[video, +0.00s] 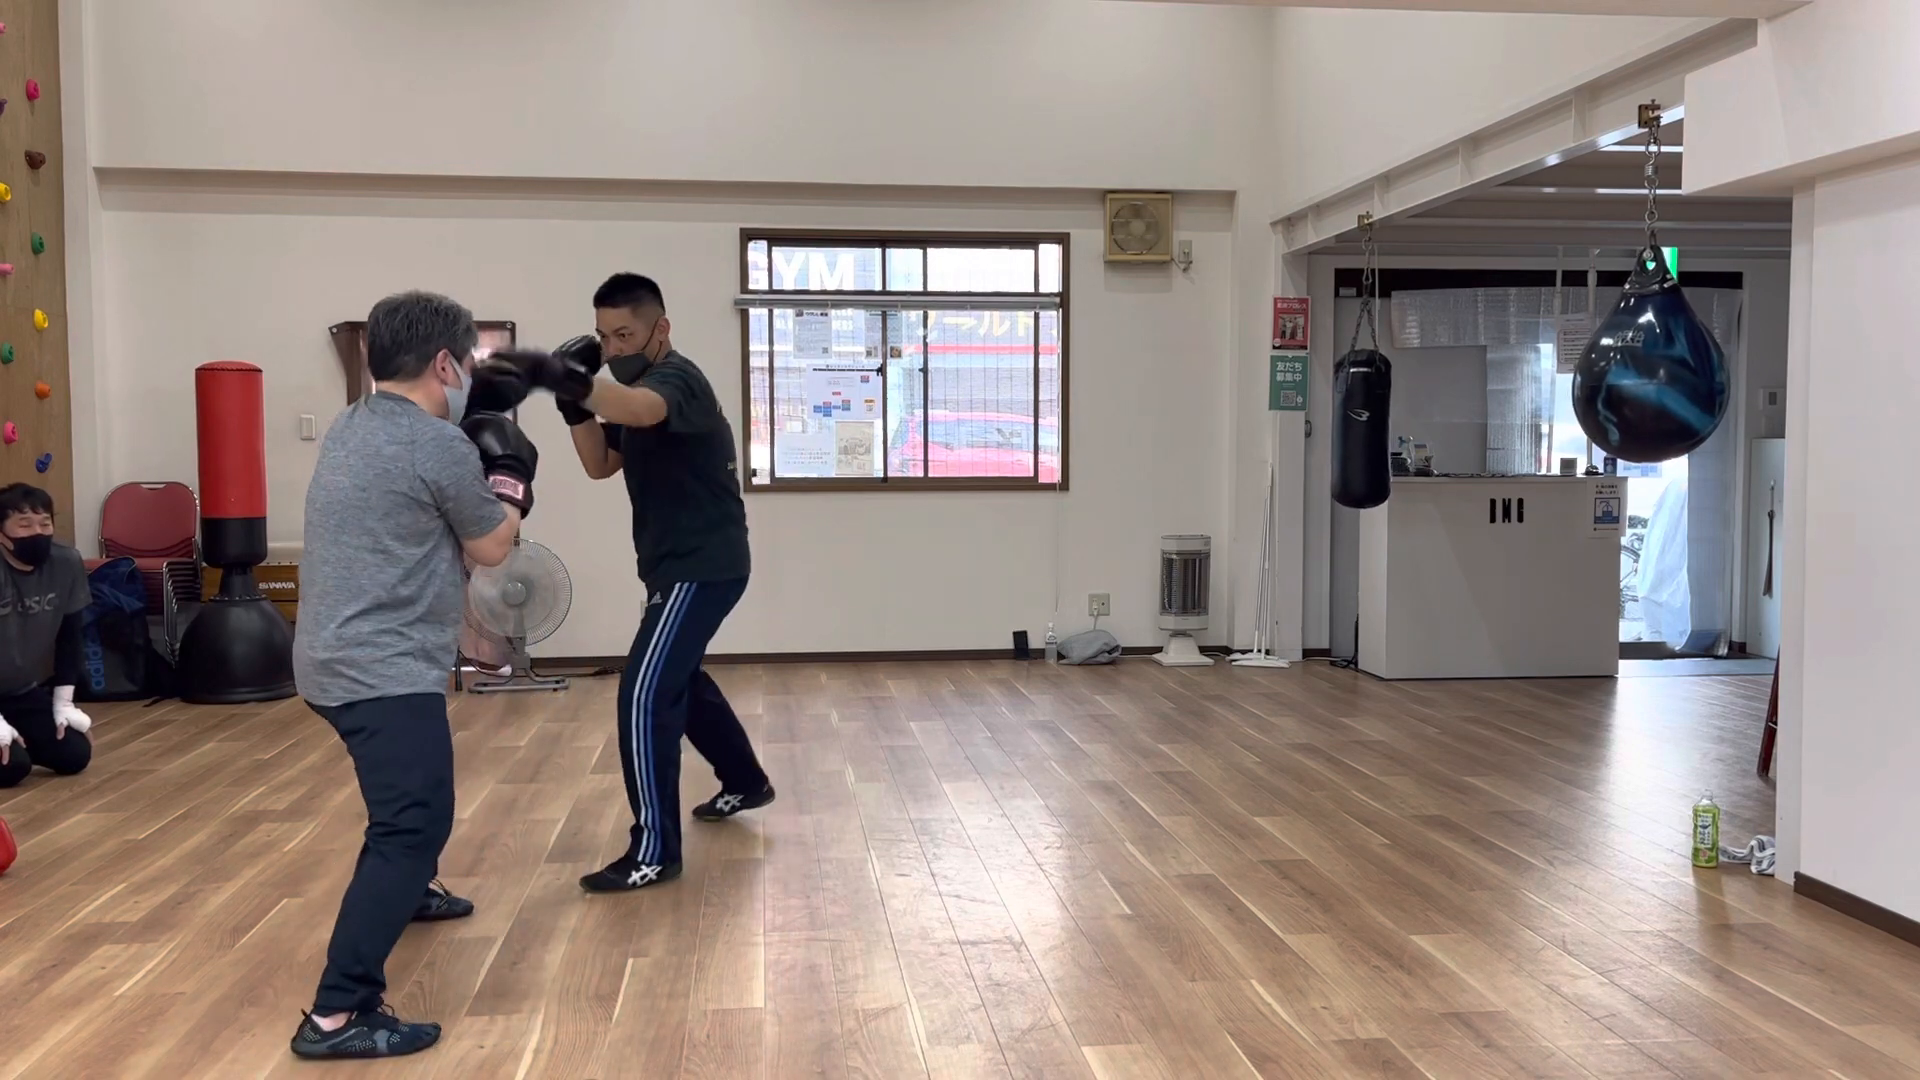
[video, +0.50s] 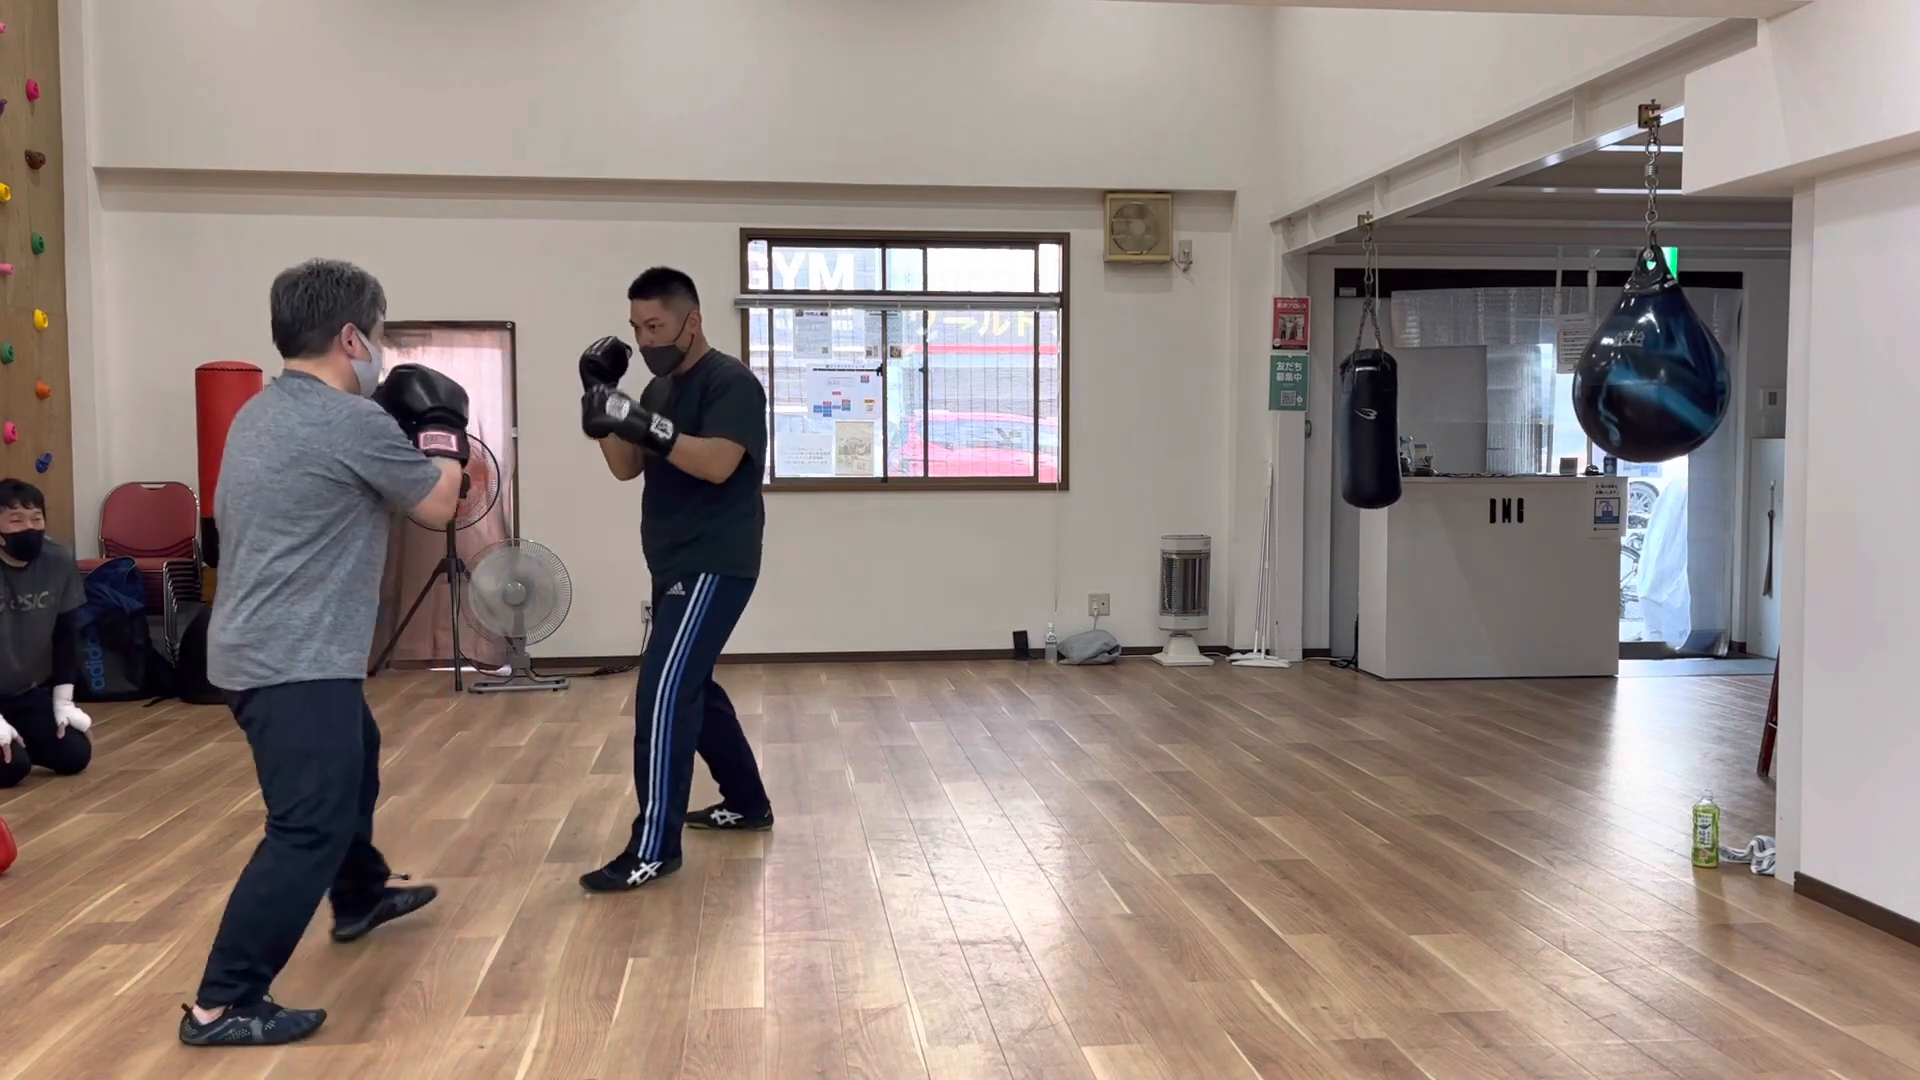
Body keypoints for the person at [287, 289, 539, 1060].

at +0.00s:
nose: (466, 379)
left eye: (468, 367)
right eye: (464, 366)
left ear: (381, 362)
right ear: (442, 364)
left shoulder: (350, 426)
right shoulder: (436, 443)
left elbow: (411, 514)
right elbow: (490, 546)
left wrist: (462, 435)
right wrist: (512, 497)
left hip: (332, 663)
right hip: (389, 674)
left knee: (410, 789)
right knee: (409, 831)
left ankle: (406, 887)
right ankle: (338, 1011)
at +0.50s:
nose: (378, 350)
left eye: (379, 337)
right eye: (376, 336)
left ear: (290, 337)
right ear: (350, 339)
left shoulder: (258, 413)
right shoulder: (349, 421)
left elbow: (337, 494)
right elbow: (441, 503)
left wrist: (389, 426)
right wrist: (447, 438)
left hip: (252, 652)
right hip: (300, 662)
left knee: (356, 750)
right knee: (313, 825)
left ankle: (359, 896)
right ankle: (223, 1002)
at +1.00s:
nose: (422, 387)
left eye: (424, 373)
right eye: (419, 373)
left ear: (336, 365)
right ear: (386, 382)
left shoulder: (297, 423)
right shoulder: (354, 461)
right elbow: (408, 572)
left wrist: (399, 461)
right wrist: (450, 506)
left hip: (255, 653)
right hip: (292, 668)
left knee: (358, 764)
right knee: (322, 827)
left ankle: (304, 923)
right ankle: (282, 1038)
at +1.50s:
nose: (465, 363)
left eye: (465, 350)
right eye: (462, 349)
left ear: (379, 350)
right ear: (436, 355)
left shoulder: (338, 418)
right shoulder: (423, 446)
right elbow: (490, 551)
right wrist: (502, 471)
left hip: (322, 669)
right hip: (368, 685)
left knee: (432, 767)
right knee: (388, 854)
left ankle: (429, 929)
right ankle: (285, 1052)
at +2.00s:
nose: (484, 317)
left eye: (485, 304)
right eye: (482, 303)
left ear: (379, 306)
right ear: (458, 308)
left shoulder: (339, 392)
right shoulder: (449, 397)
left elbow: (410, 499)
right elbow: (527, 506)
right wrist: (535, 444)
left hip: (325, 662)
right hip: (399, 672)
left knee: (392, 821)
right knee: (385, 863)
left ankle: (389, 955)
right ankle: (302, 1059)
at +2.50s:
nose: (522, 330)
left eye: (524, 317)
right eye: (521, 316)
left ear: (418, 320)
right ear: (504, 326)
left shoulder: (375, 409)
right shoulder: (499, 427)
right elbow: (572, 532)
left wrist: (515, 424)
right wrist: (575, 445)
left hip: (352, 693)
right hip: (431, 706)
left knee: (437, 844)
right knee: (439, 901)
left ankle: (445, 976)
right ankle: (381, 1072)